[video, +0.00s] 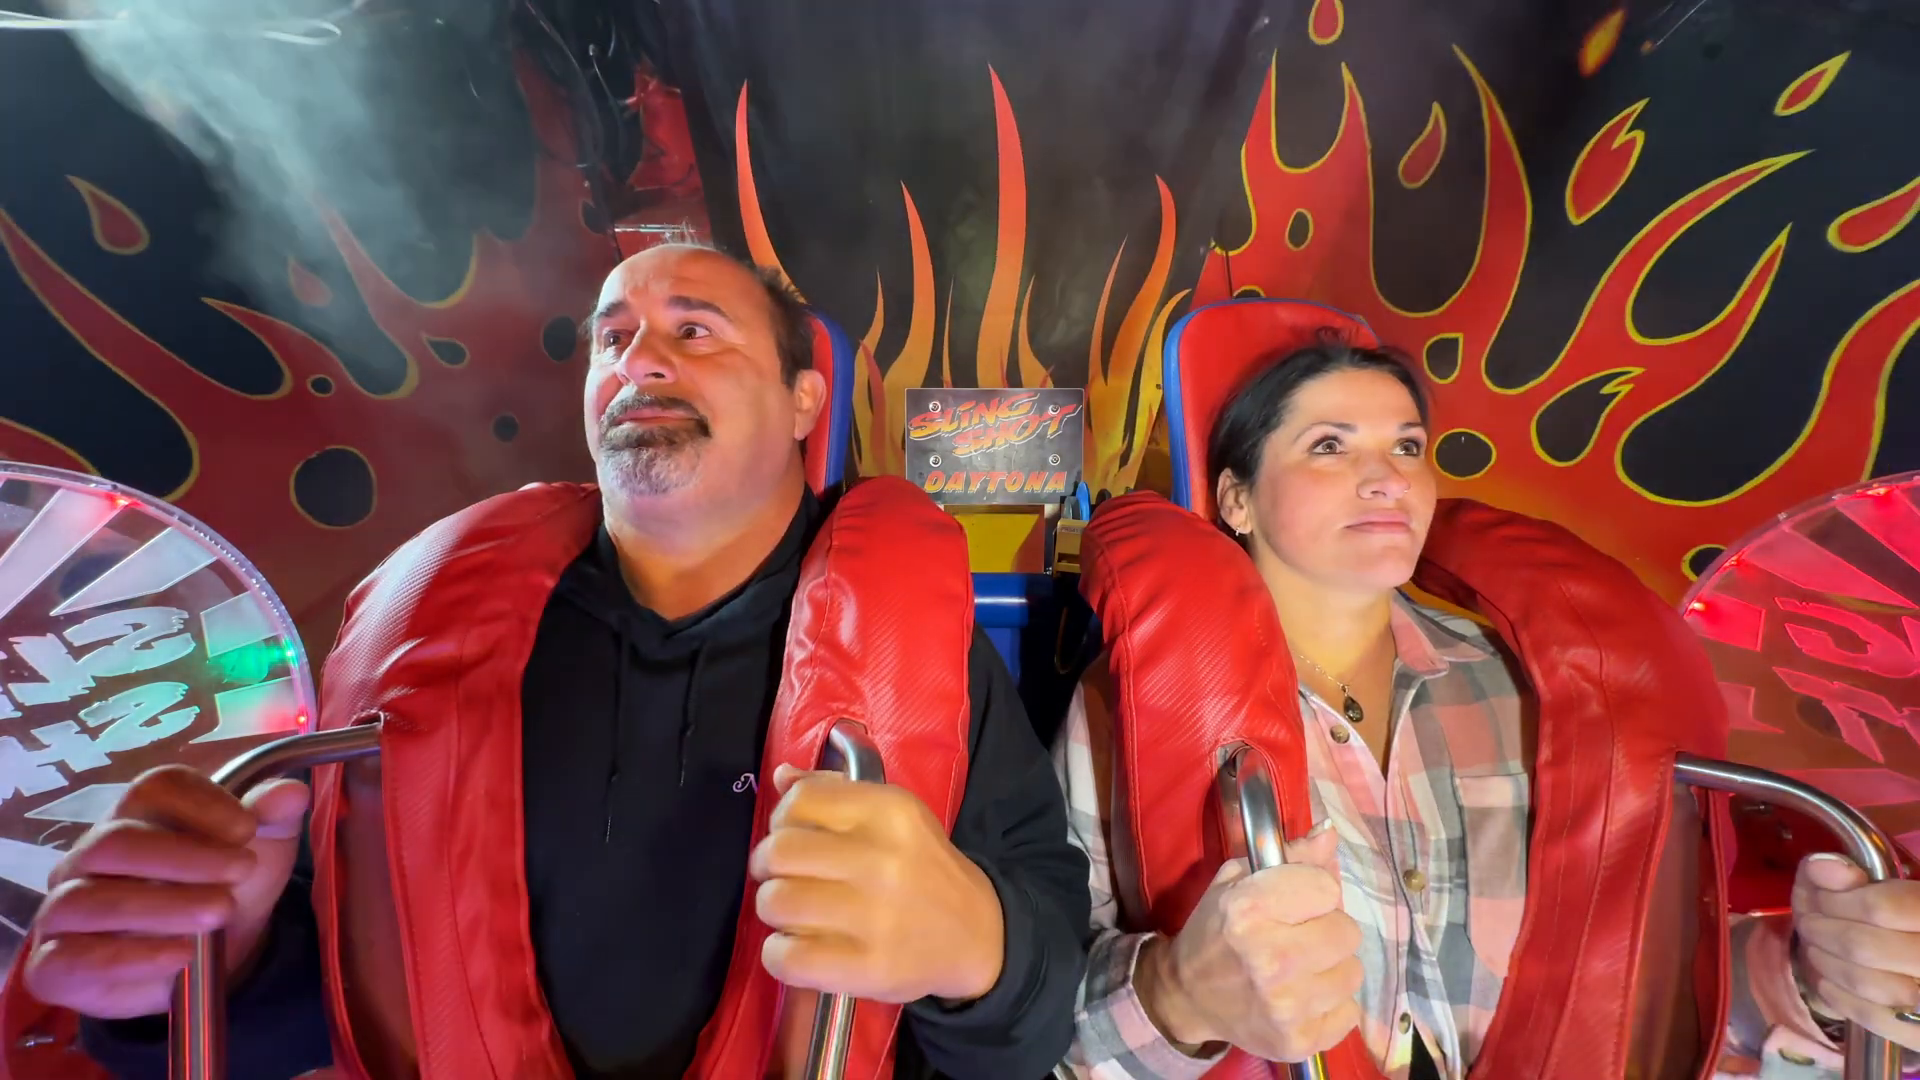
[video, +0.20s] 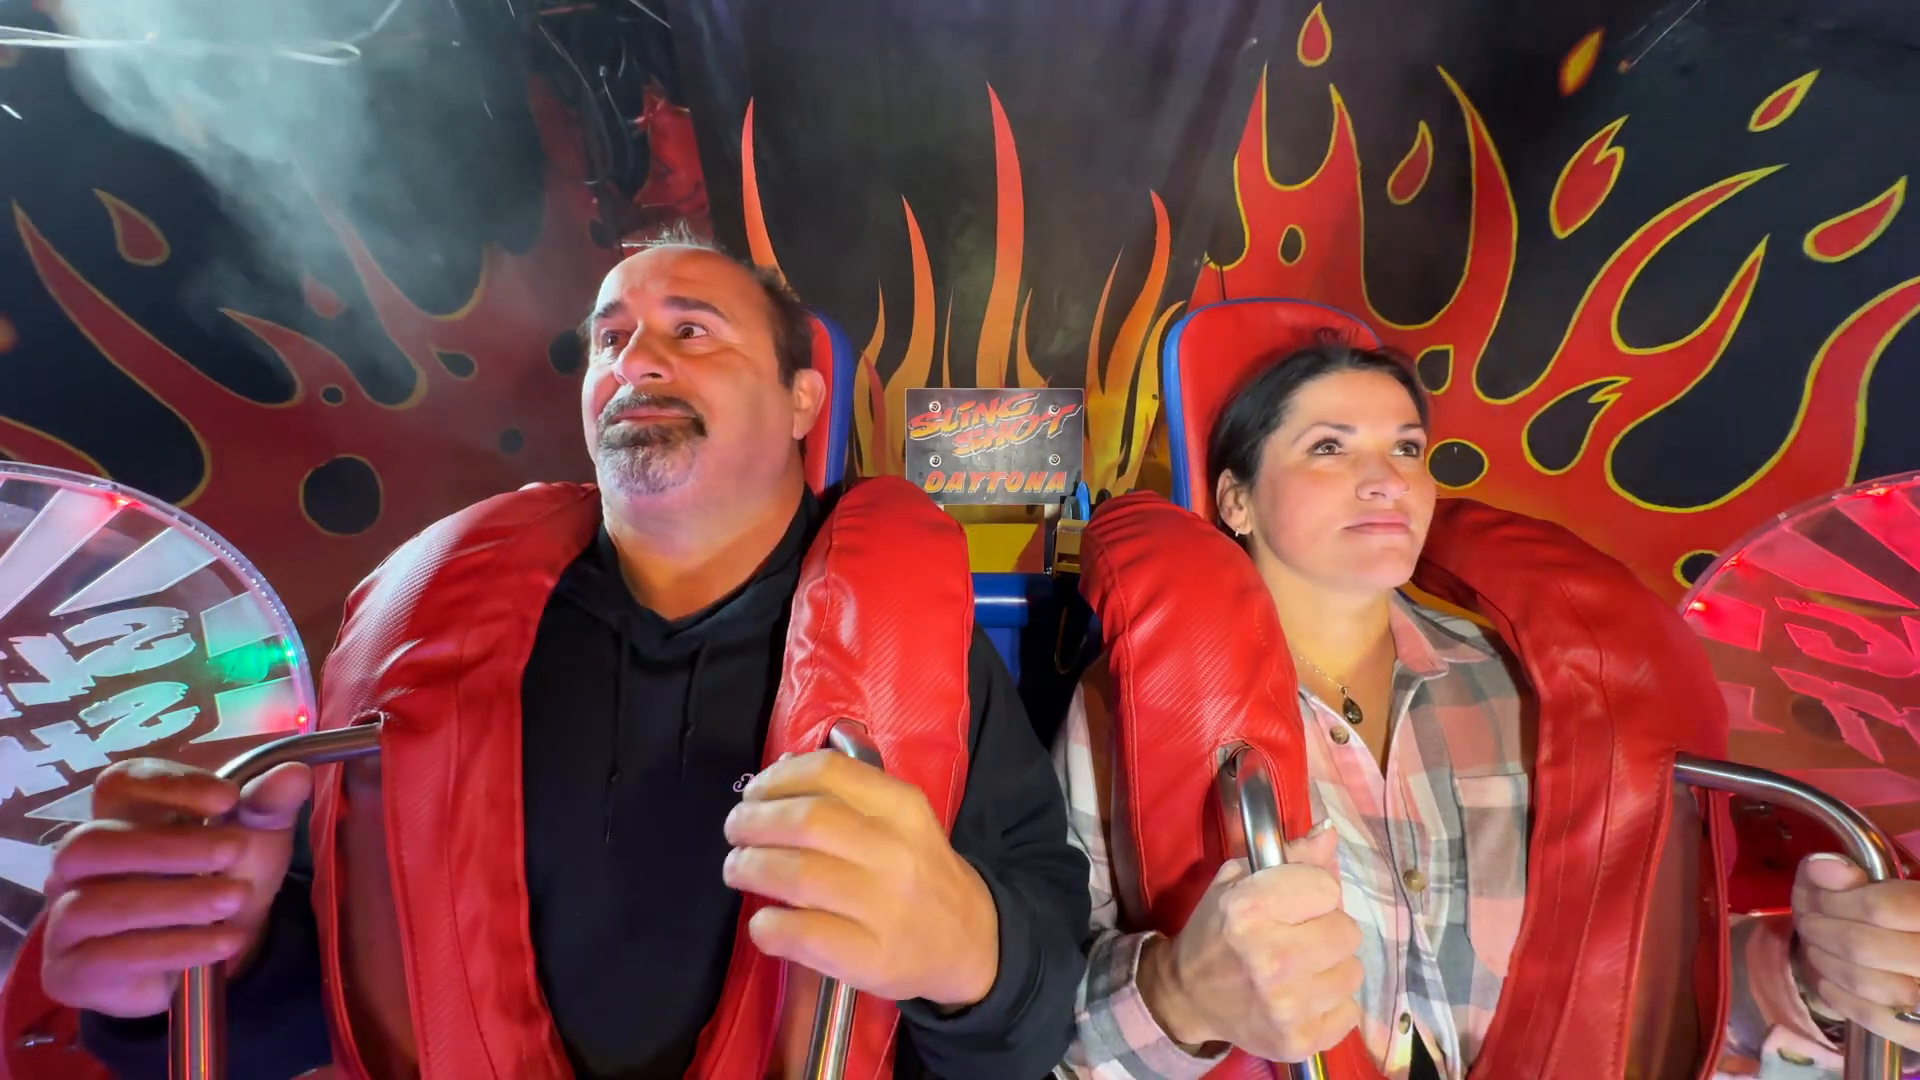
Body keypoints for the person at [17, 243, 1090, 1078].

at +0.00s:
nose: (639, 359)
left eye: (699, 326)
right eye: (612, 338)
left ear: (807, 402)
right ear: (583, 411)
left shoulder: (924, 650)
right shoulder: (435, 642)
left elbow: (1041, 981)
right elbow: (297, 1017)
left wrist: (980, 943)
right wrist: (186, 978)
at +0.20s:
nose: (636, 361)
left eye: (695, 326)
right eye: (611, 341)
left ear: (804, 407)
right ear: (583, 413)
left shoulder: (922, 649)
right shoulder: (430, 634)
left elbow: (1040, 977)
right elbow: (309, 987)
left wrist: (976, 949)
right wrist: (122, 978)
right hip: (477, 1065)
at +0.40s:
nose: (626, 366)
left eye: (686, 329)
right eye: (605, 345)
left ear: (801, 406)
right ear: (578, 416)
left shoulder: (922, 659)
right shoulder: (435, 637)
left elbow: (1033, 1026)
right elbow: (308, 986)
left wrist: (975, 956)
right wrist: (119, 977)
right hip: (478, 1063)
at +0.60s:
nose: (619, 368)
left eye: (680, 329)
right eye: (598, 349)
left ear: (798, 404)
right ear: (577, 420)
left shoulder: (928, 672)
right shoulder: (436, 647)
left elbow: (1033, 1034)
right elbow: (303, 999)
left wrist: (970, 963)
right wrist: (77, 983)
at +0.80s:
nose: (620, 363)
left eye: (680, 326)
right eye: (598, 346)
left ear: (798, 399)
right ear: (576, 422)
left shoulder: (921, 654)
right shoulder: (437, 644)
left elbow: (1038, 1016)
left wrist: (972, 955)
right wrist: (90, 981)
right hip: (495, 1063)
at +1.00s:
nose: (619, 366)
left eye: (681, 326)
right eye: (598, 344)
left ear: (798, 398)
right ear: (575, 418)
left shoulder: (922, 659)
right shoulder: (443, 644)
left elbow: (1036, 1016)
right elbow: (319, 972)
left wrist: (979, 952)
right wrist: (120, 977)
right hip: (493, 1071)